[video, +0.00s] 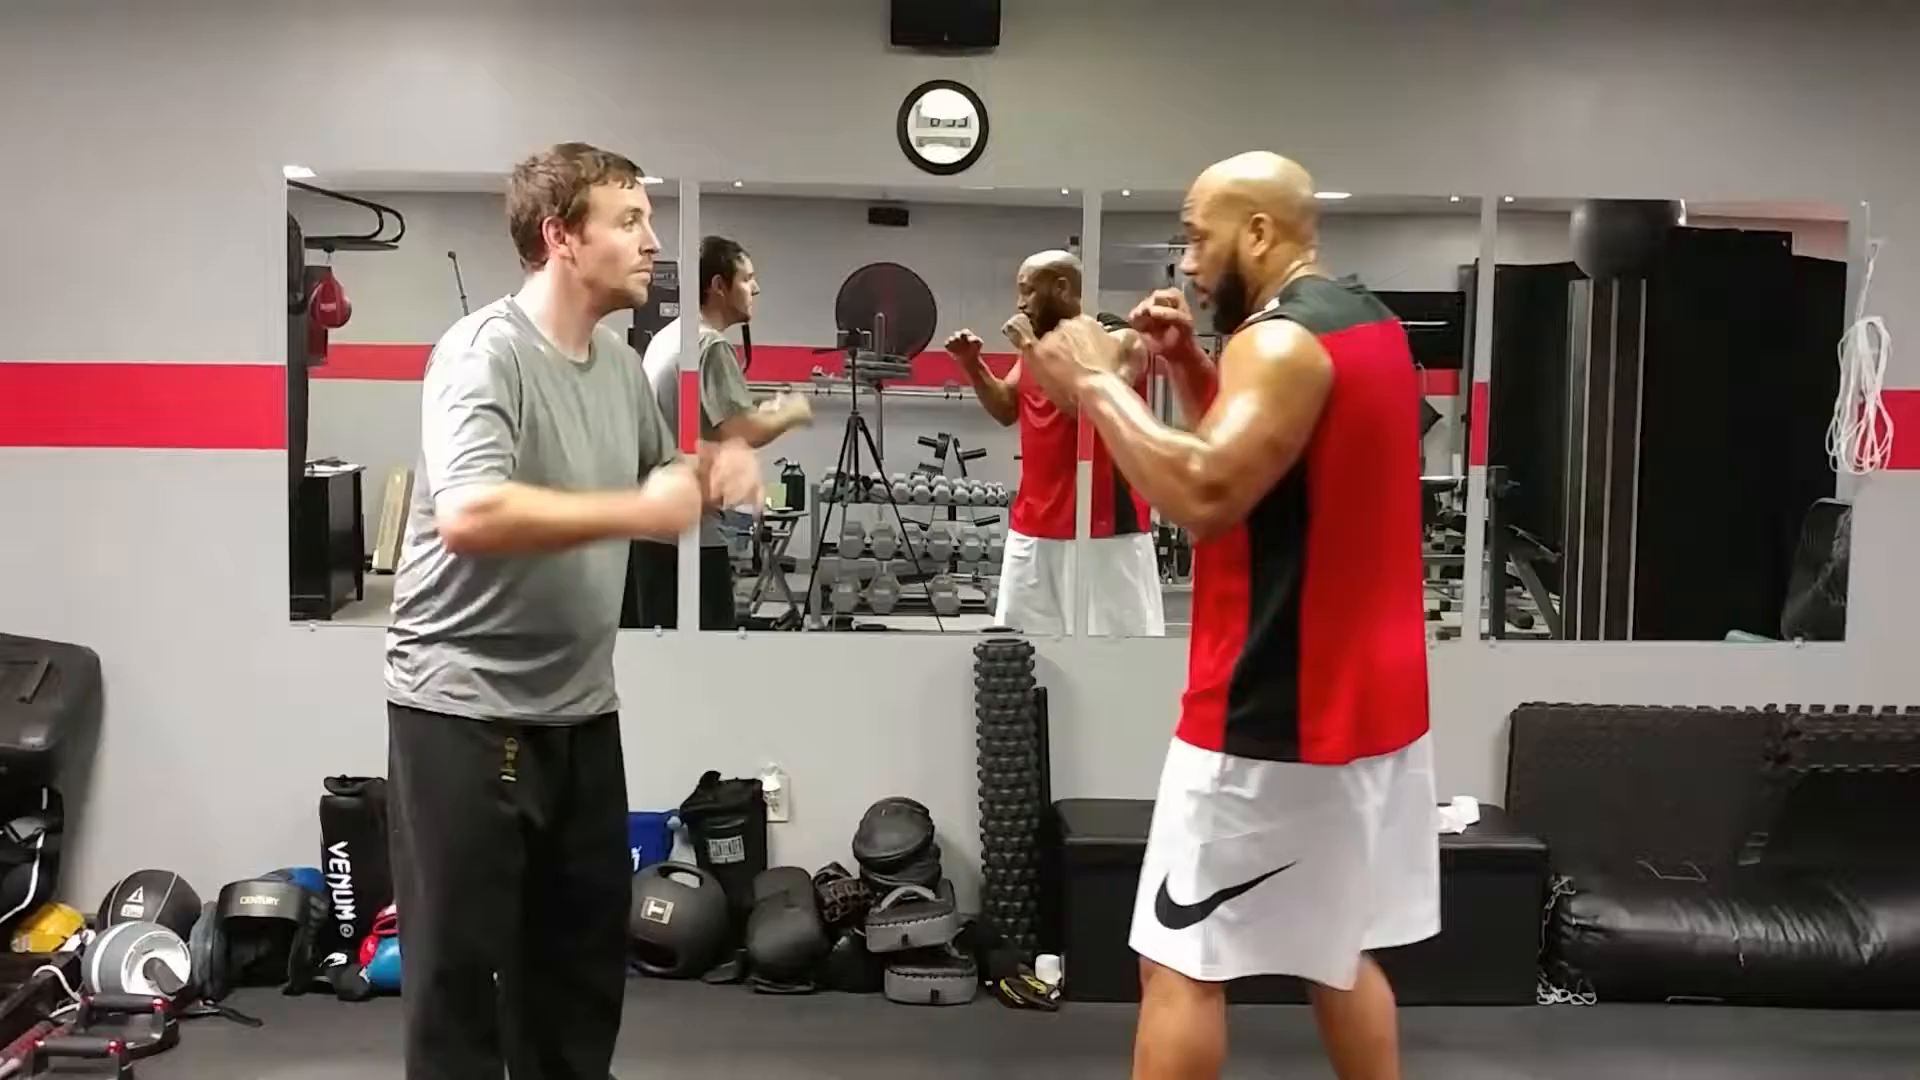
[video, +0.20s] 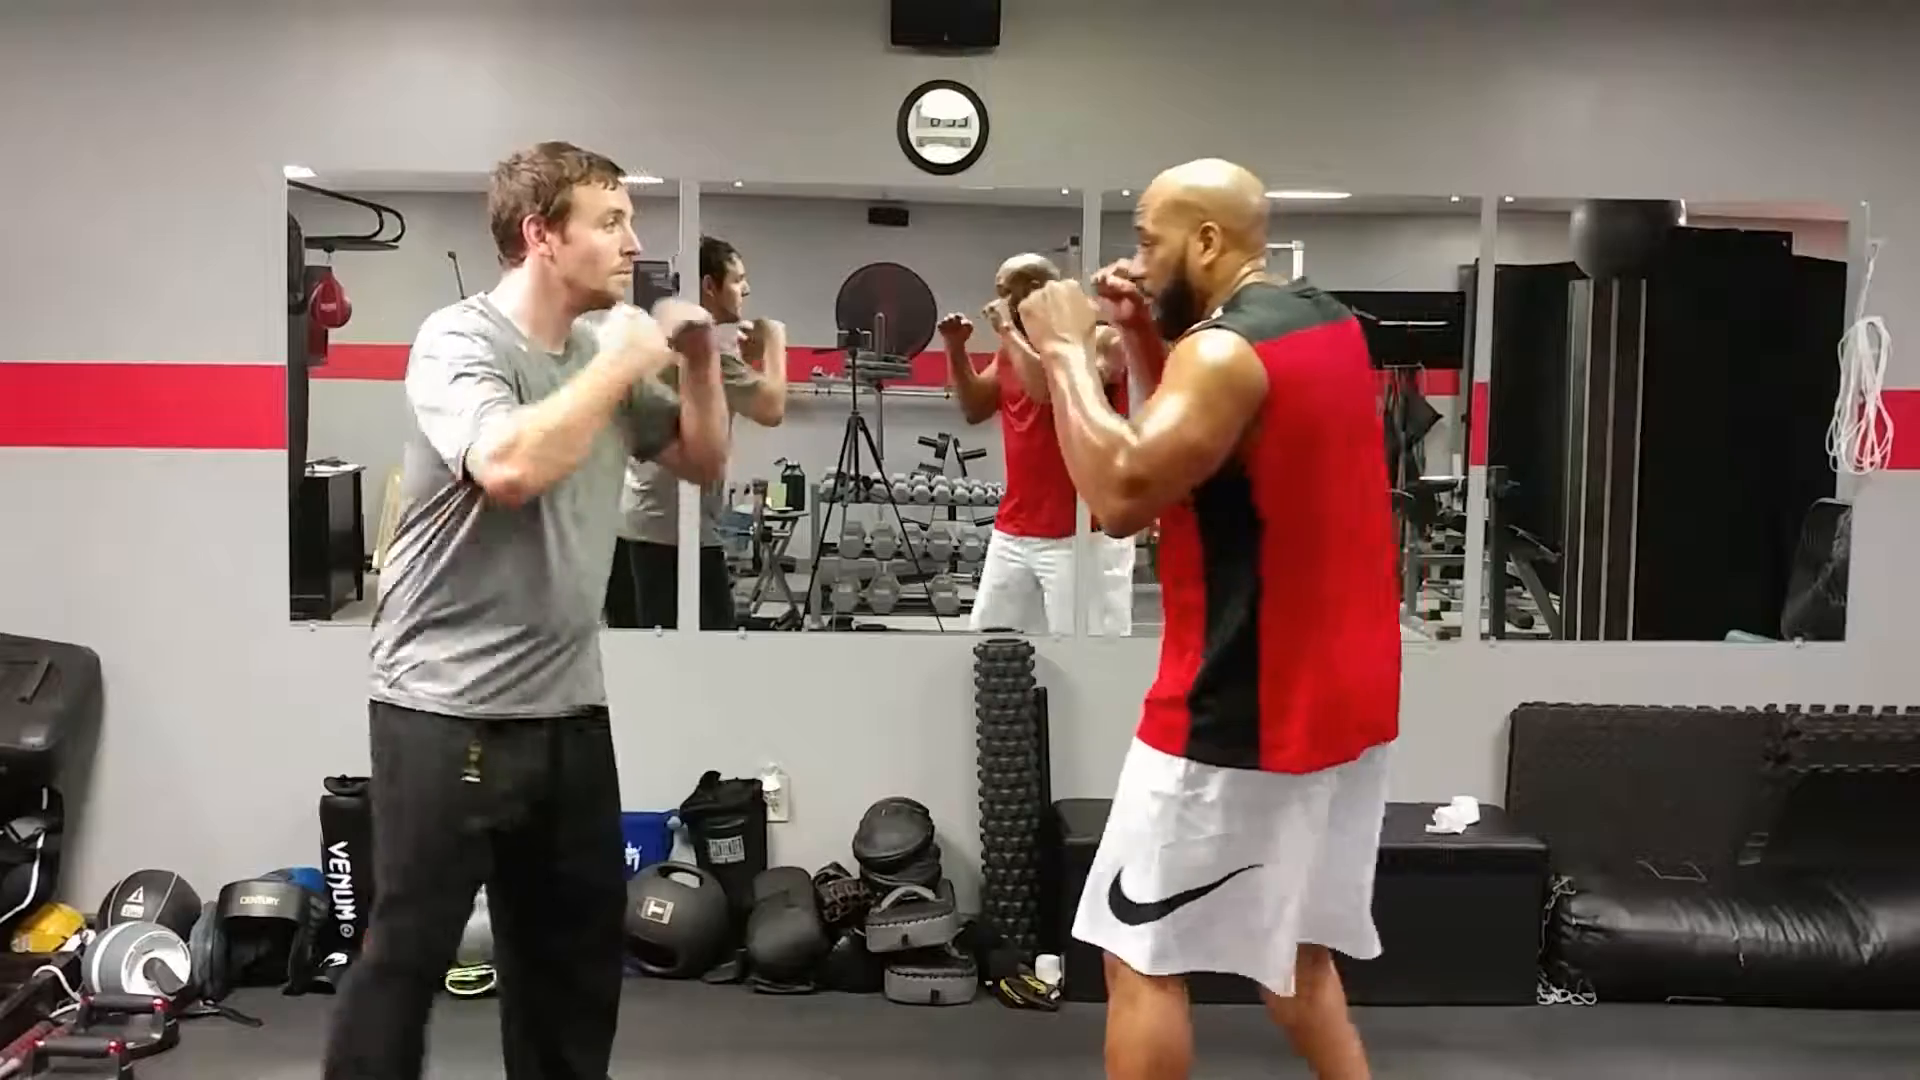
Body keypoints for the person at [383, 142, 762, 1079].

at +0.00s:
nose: (652, 241)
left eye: (649, 223)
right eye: (631, 222)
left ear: (579, 241)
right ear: (559, 238)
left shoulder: (622, 366)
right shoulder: (480, 350)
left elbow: (661, 497)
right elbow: (469, 516)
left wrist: (720, 465)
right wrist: (646, 509)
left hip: (581, 706)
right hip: (461, 707)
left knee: (581, 975)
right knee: (461, 977)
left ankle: (568, 1077)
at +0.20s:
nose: (633, 244)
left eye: (631, 224)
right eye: (612, 224)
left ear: (566, 239)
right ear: (540, 235)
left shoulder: (606, 348)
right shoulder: (455, 340)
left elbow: (704, 461)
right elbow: (510, 468)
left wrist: (700, 357)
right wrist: (623, 367)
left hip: (566, 705)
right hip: (442, 709)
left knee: (573, 978)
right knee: (403, 962)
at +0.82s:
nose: (632, 294)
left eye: (629, 276)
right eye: (611, 276)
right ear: (544, 293)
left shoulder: (621, 397)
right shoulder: (483, 400)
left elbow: (722, 484)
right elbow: (585, 479)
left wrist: (710, 384)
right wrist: (640, 369)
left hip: (598, 745)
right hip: (464, 759)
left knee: (711, 921)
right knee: (390, 1004)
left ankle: (795, 1073)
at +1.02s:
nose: (783, 304)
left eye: (775, 285)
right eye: (760, 287)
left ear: (699, 322)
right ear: (701, 317)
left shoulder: (661, 412)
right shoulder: (734, 411)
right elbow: (912, 479)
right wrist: (1038, 495)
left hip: (722, 740)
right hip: (632, 736)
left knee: (828, 948)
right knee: (523, 979)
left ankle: (857, 1073)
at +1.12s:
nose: (861, 320)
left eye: (854, 302)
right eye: (842, 303)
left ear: (781, 332)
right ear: (784, 328)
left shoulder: (730, 413)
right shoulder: (786, 434)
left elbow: (852, 424)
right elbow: (929, 562)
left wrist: (939, 474)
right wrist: (1071, 640)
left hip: (733, 730)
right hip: (660, 722)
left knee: (837, 903)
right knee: (606, 970)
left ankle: (863, 1074)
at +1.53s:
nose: (792, 294)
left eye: (789, 277)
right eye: (772, 277)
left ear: (723, 294)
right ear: (708, 290)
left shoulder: (751, 394)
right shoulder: (665, 405)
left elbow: (835, 485)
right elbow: (783, 567)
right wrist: (928, 649)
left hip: (749, 709)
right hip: (648, 713)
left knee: (858, 933)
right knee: (619, 990)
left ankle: (868, 1066)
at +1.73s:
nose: (712, 292)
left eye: (711, 273)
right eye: (695, 271)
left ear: (635, 280)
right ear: (627, 276)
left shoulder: (649, 370)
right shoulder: (602, 370)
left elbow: (700, 461)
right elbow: (664, 525)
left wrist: (795, 479)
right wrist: (789, 609)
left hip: (654, 698)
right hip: (562, 699)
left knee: (772, 865)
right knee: (566, 992)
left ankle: (748, 1062)